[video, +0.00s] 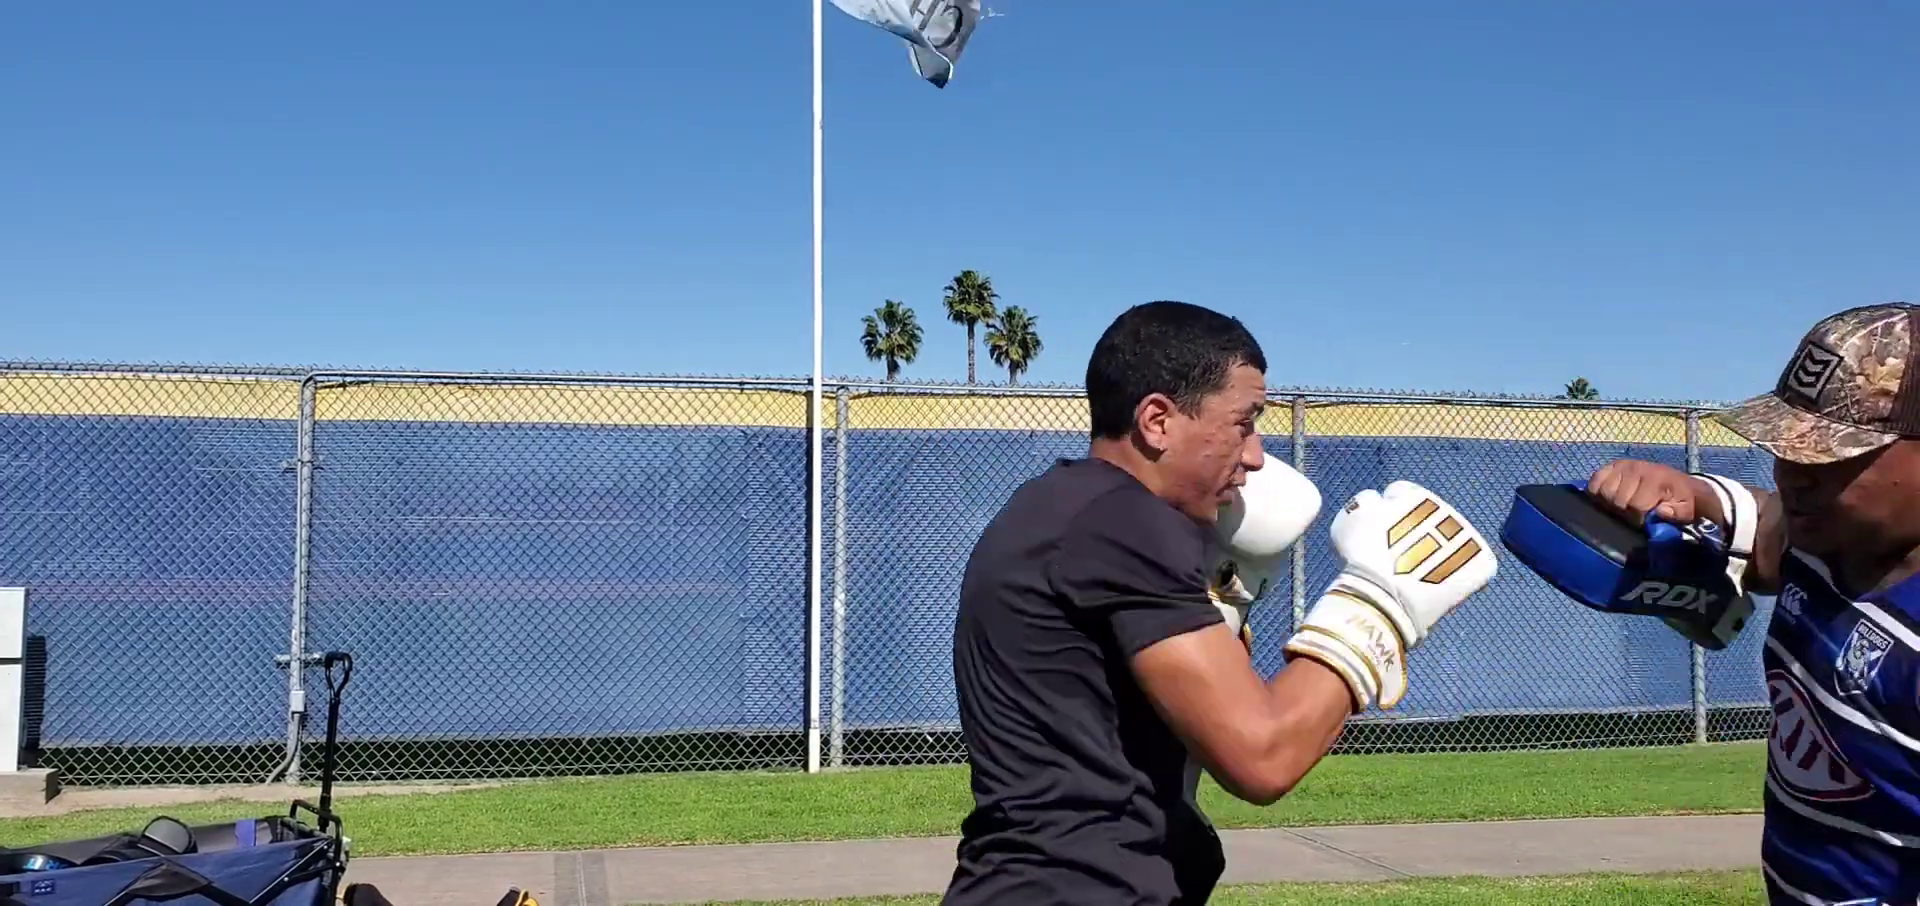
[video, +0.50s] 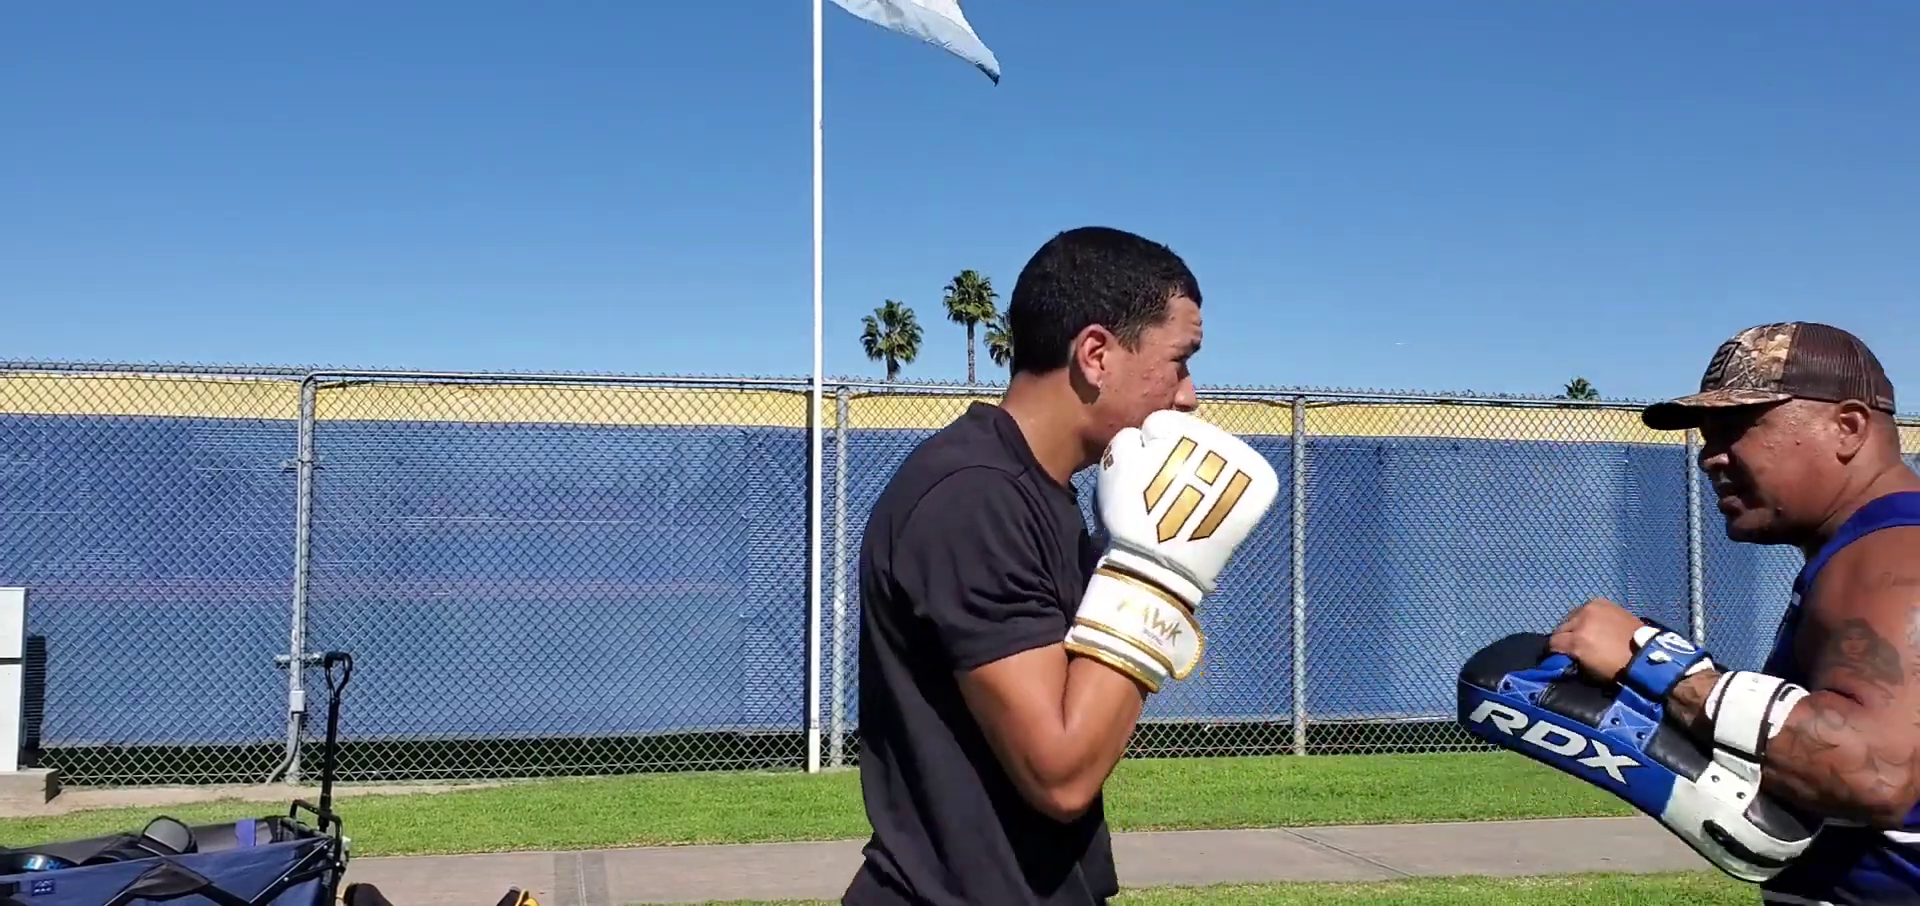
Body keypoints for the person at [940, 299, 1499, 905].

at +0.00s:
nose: (1256, 455)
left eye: (1256, 425)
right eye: (1242, 422)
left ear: (1152, 424)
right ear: (1157, 421)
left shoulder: (1051, 509)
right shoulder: (1118, 521)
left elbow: (1165, 745)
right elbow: (1263, 758)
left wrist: (1232, 578)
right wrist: (1374, 608)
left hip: (1020, 875)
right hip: (1092, 883)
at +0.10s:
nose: (1231, 450)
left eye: (1225, 418)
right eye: (1215, 416)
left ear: (1132, 420)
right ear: (1131, 417)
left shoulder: (1064, 541)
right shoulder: (1039, 550)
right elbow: (1111, 822)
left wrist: (1169, 591)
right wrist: (1227, 654)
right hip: (1017, 890)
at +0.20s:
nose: (1205, 420)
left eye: (1203, 388)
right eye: (1193, 386)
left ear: (1107, 380)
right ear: (1106, 378)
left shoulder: (1062, 516)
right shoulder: (983, 523)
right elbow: (1042, 802)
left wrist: (1156, 615)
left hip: (1054, 883)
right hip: (976, 890)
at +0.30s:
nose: (1185, 412)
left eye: (1183, 380)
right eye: (1173, 377)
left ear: (1087, 375)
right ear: (1087, 370)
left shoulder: (1062, 509)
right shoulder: (954, 522)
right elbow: (1049, 799)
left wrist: (1169, 630)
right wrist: (1143, 602)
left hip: (1044, 882)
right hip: (940, 887)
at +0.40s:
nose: (1180, 412)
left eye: (1179, 380)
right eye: (1169, 378)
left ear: (1085, 377)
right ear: (1085, 372)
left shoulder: (1037, 506)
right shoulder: (953, 526)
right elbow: (1053, 797)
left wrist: (1170, 611)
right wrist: (1157, 601)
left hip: (1036, 886)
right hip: (941, 892)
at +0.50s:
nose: (1189, 396)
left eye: (1188, 364)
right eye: (1178, 363)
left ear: (1098, 358)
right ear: (1096, 356)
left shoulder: (1047, 498)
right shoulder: (970, 502)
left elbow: (1067, 739)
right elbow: (1062, 776)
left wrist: (1153, 575)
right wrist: (1147, 574)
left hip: (1045, 884)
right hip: (955, 888)